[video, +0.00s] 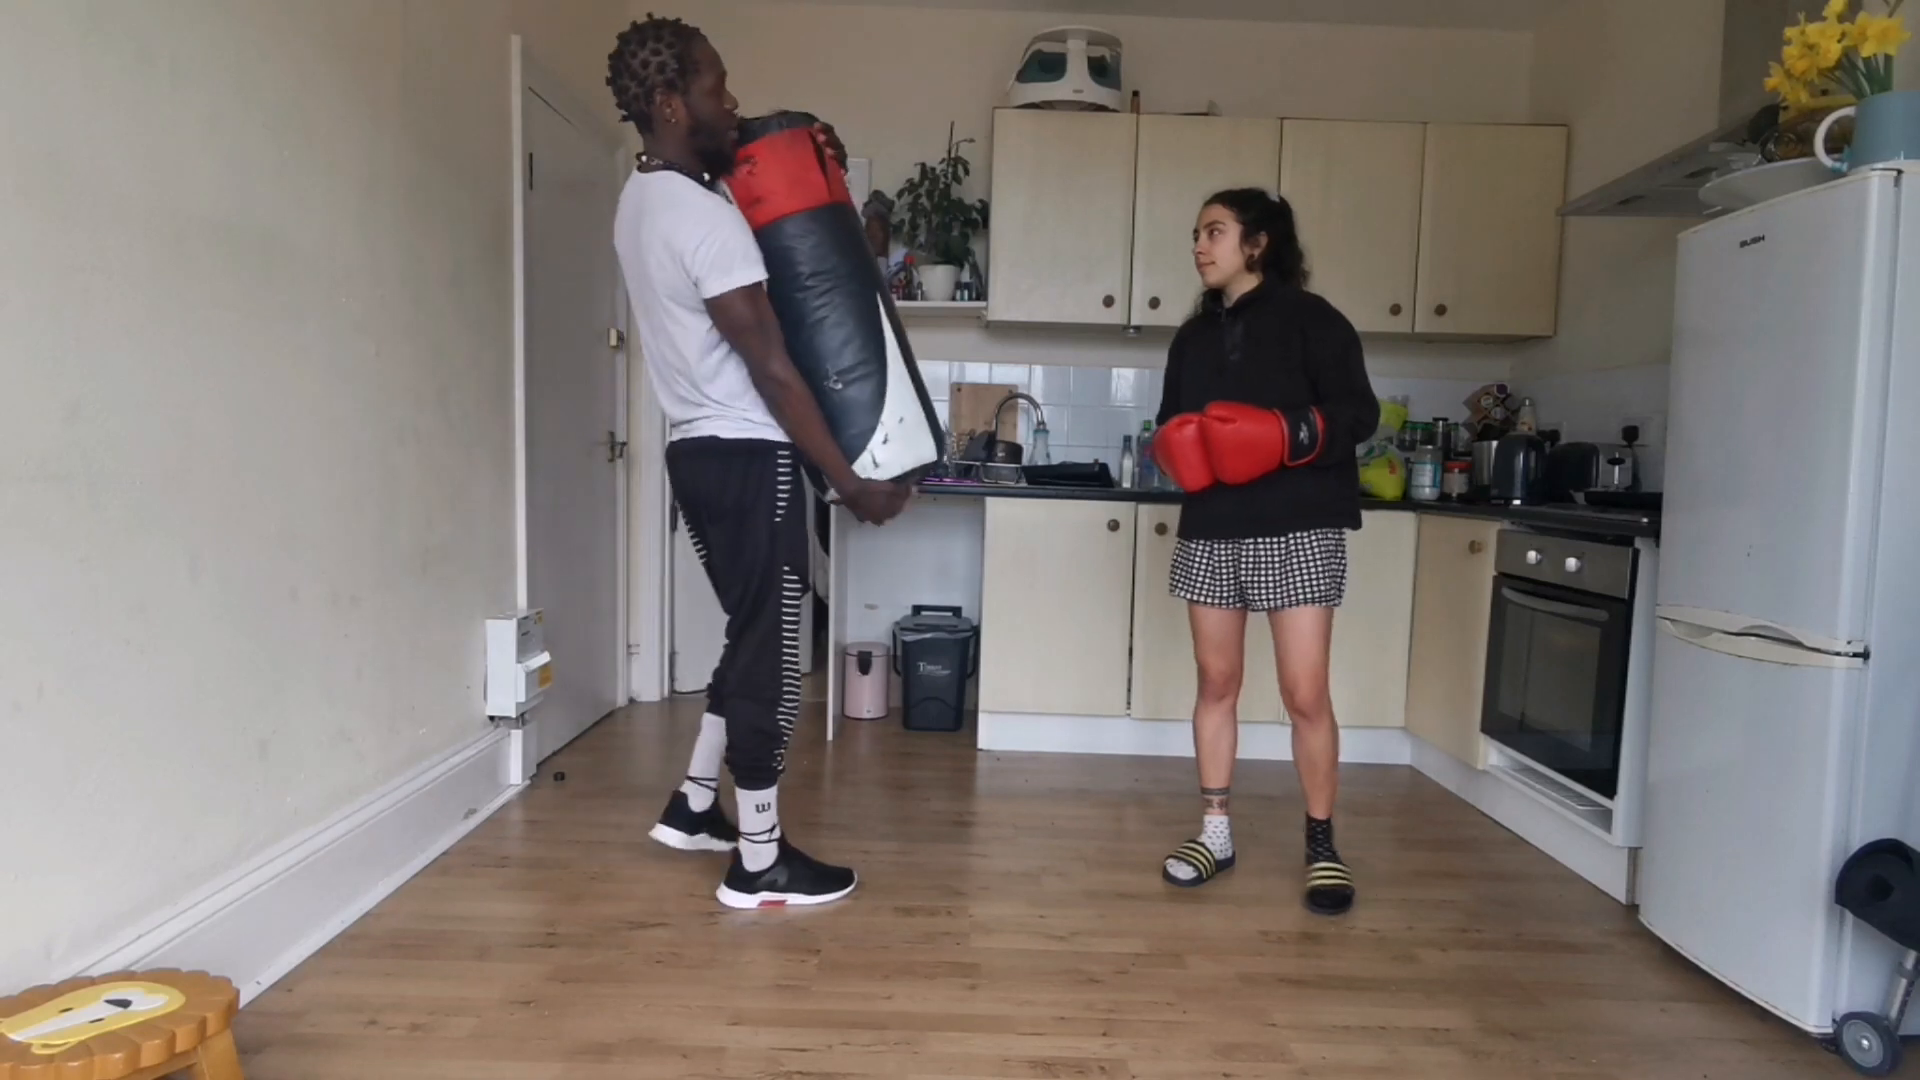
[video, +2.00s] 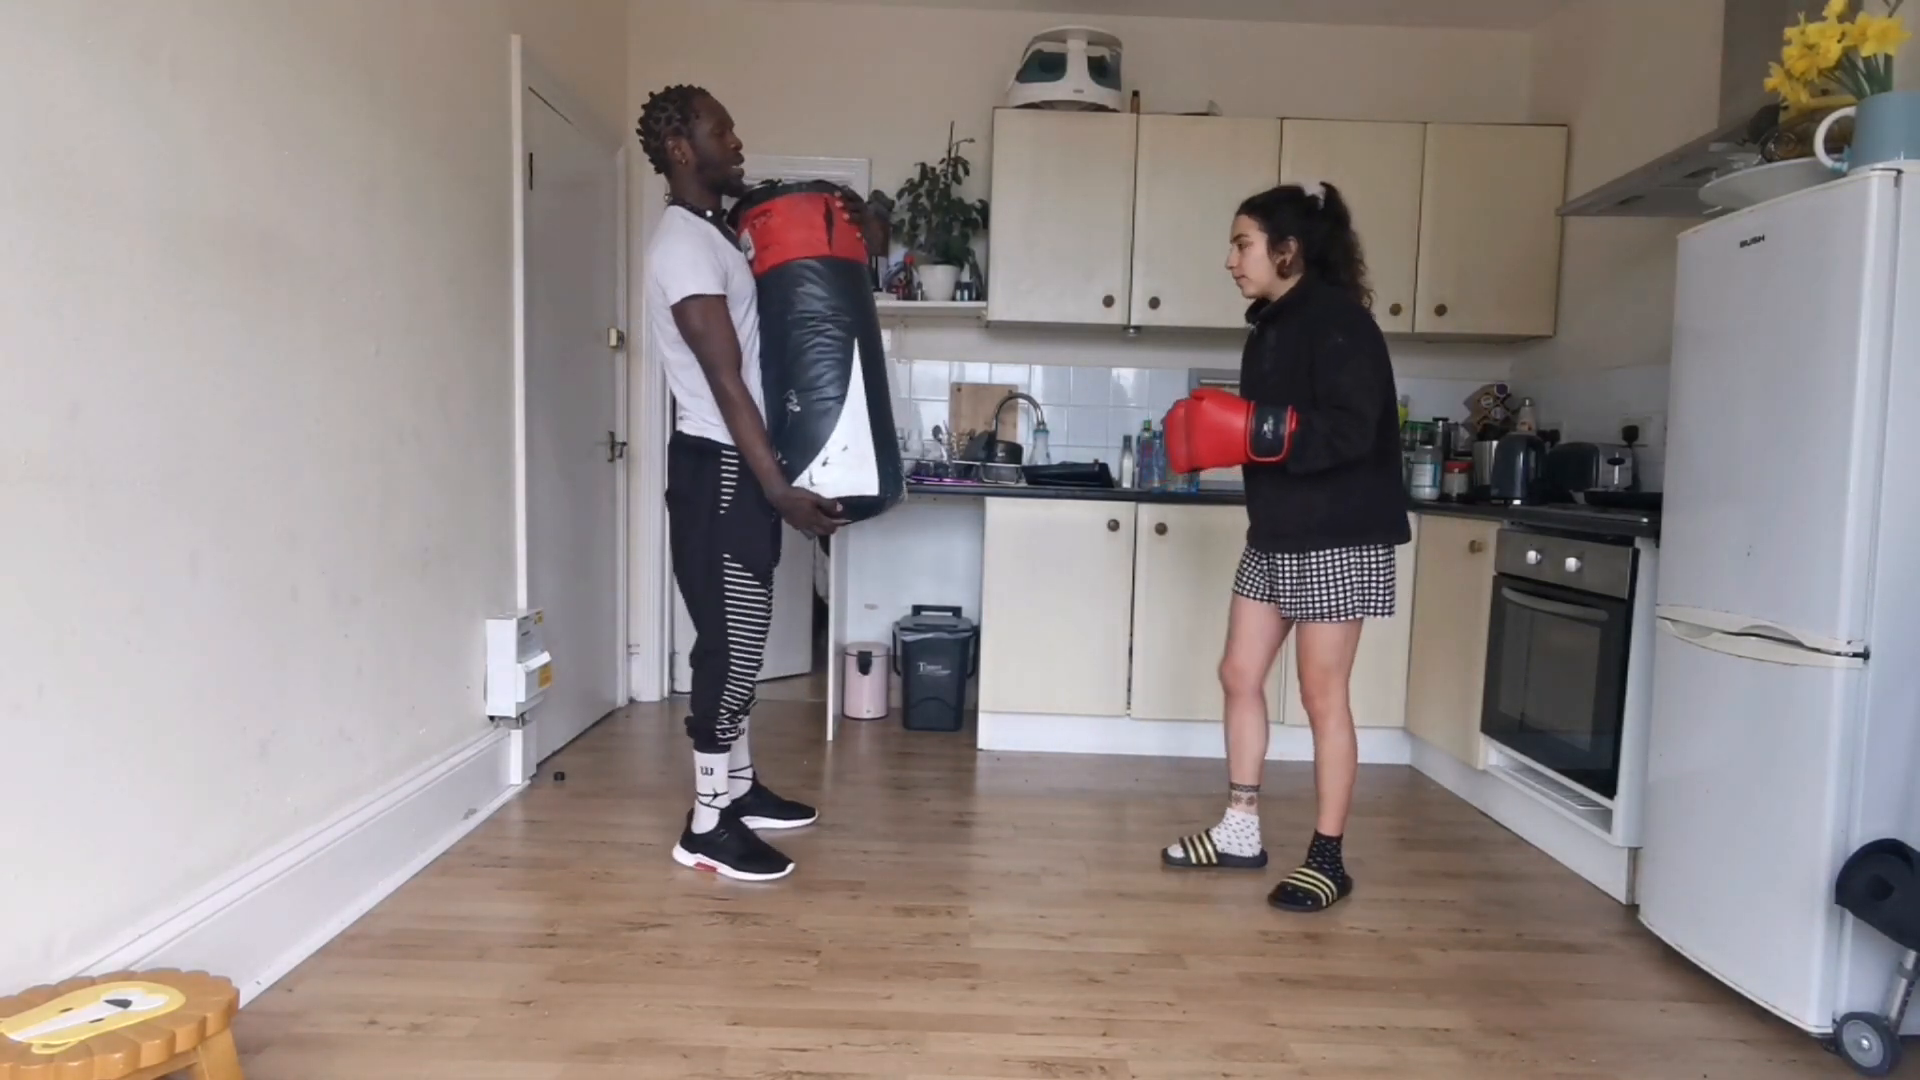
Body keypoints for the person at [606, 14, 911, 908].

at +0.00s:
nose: (732, 101)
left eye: (725, 85)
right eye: (717, 87)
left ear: (659, 109)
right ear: (670, 105)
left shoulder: (643, 197)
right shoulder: (701, 214)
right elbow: (767, 360)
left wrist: (767, 147)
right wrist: (848, 481)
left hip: (700, 449)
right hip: (749, 453)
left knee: (759, 624)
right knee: (772, 638)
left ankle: (697, 798)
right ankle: (760, 859)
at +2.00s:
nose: (738, 141)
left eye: (733, 128)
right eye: (722, 130)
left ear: (688, 146)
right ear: (678, 146)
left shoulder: (719, 233)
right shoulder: (682, 239)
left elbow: (779, 324)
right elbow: (723, 376)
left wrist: (841, 236)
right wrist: (778, 485)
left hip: (745, 456)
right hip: (715, 460)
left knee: (743, 631)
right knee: (733, 634)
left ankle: (734, 789)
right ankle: (709, 819)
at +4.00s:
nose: (735, 144)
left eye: (730, 130)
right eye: (720, 132)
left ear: (681, 148)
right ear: (676, 146)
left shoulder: (709, 233)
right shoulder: (673, 240)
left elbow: (776, 316)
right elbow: (722, 378)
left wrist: (826, 233)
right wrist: (776, 486)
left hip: (749, 450)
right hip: (713, 455)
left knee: (772, 612)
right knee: (725, 621)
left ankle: (731, 768)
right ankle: (710, 811)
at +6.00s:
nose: (730, 155)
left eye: (727, 142)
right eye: (716, 143)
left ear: (681, 155)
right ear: (672, 153)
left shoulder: (707, 236)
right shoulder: (672, 243)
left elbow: (781, 289)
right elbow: (718, 377)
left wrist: (819, 214)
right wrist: (770, 484)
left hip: (745, 450)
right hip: (717, 454)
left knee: (743, 617)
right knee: (735, 621)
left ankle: (727, 775)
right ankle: (703, 805)